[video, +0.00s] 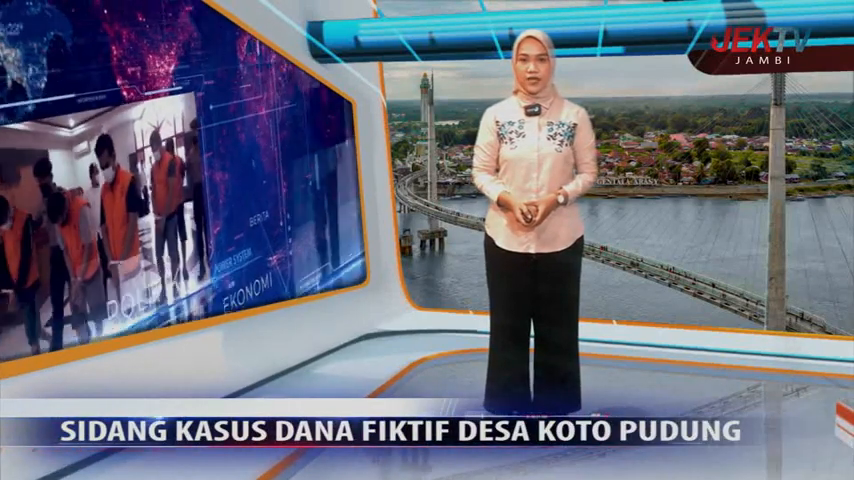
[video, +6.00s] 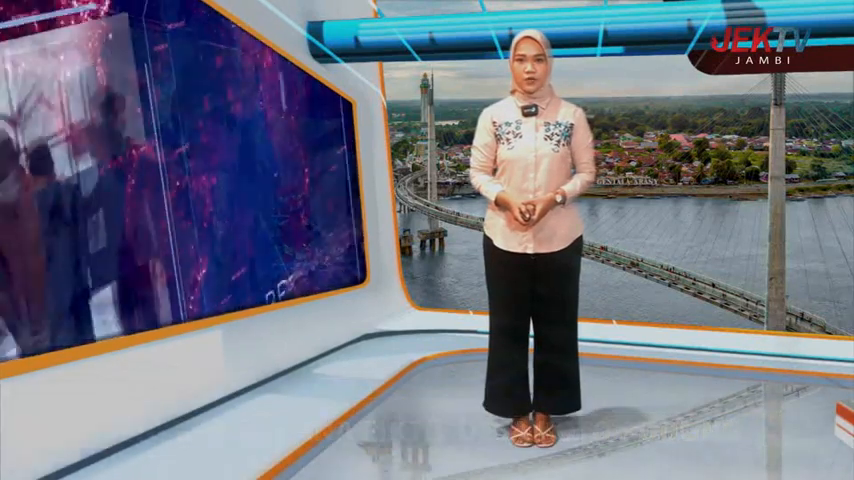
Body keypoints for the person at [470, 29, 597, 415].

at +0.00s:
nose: (532, 67)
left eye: (541, 59)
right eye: (524, 59)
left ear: (552, 65)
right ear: (513, 65)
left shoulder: (575, 116)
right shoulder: (495, 116)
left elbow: (588, 173)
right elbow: (481, 172)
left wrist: (554, 199)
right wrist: (509, 201)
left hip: (559, 243)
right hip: (507, 244)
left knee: (558, 338)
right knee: (508, 336)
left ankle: (557, 422)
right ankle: (507, 422)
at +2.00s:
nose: (531, 67)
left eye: (539, 60)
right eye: (523, 60)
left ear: (551, 65)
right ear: (512, 65)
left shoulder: (573, 115)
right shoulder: (493, 115)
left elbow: (587, 171)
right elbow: (479, 171)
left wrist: (560, 189)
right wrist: (507, 197)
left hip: (558, 242)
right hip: (506, 243)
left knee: (558, 337)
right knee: (507, 336)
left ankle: (558, 422)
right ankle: (506, 422)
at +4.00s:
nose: (532, 67)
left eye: (540, 60)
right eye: (523, 60)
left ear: (552, 65)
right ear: (513, 65)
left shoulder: (574, 116)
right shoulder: (494, 116)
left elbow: (589, 173)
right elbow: (479, 172)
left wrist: (556, 198)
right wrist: (509, 200)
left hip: (559, 243)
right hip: (506, 244)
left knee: (558, 337)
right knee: (508, 336)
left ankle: (558, 422)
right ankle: (506, 422)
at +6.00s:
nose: (529, 67)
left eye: (538, 59)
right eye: (521, 59)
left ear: (550, 65)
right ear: (510, 65)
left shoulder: (571, 115)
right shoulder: (492, 116)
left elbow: (587, 173)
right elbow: (478, 173)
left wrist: (555, 198)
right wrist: (506, 199)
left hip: (558, 242)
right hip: (505, 243)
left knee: (554, 329)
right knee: (509, 328)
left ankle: (544, 414)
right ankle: (519, 414)